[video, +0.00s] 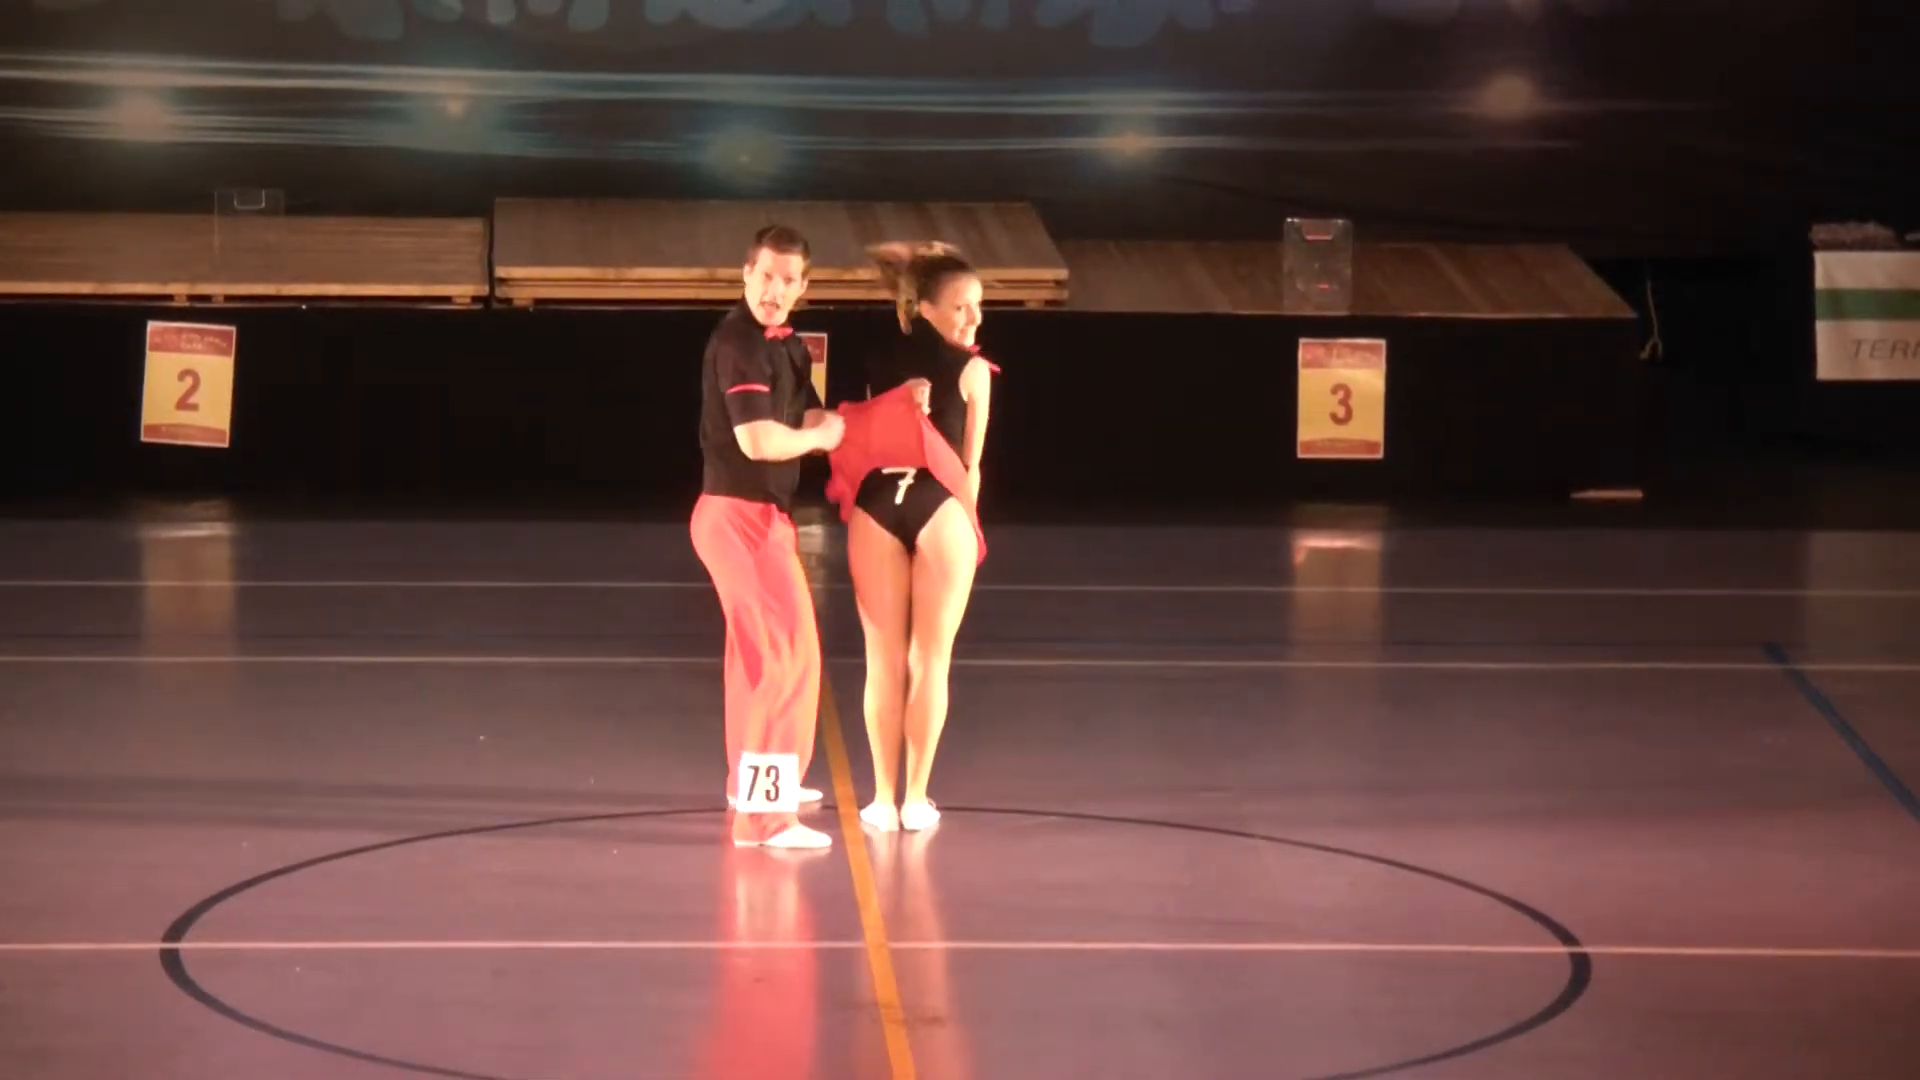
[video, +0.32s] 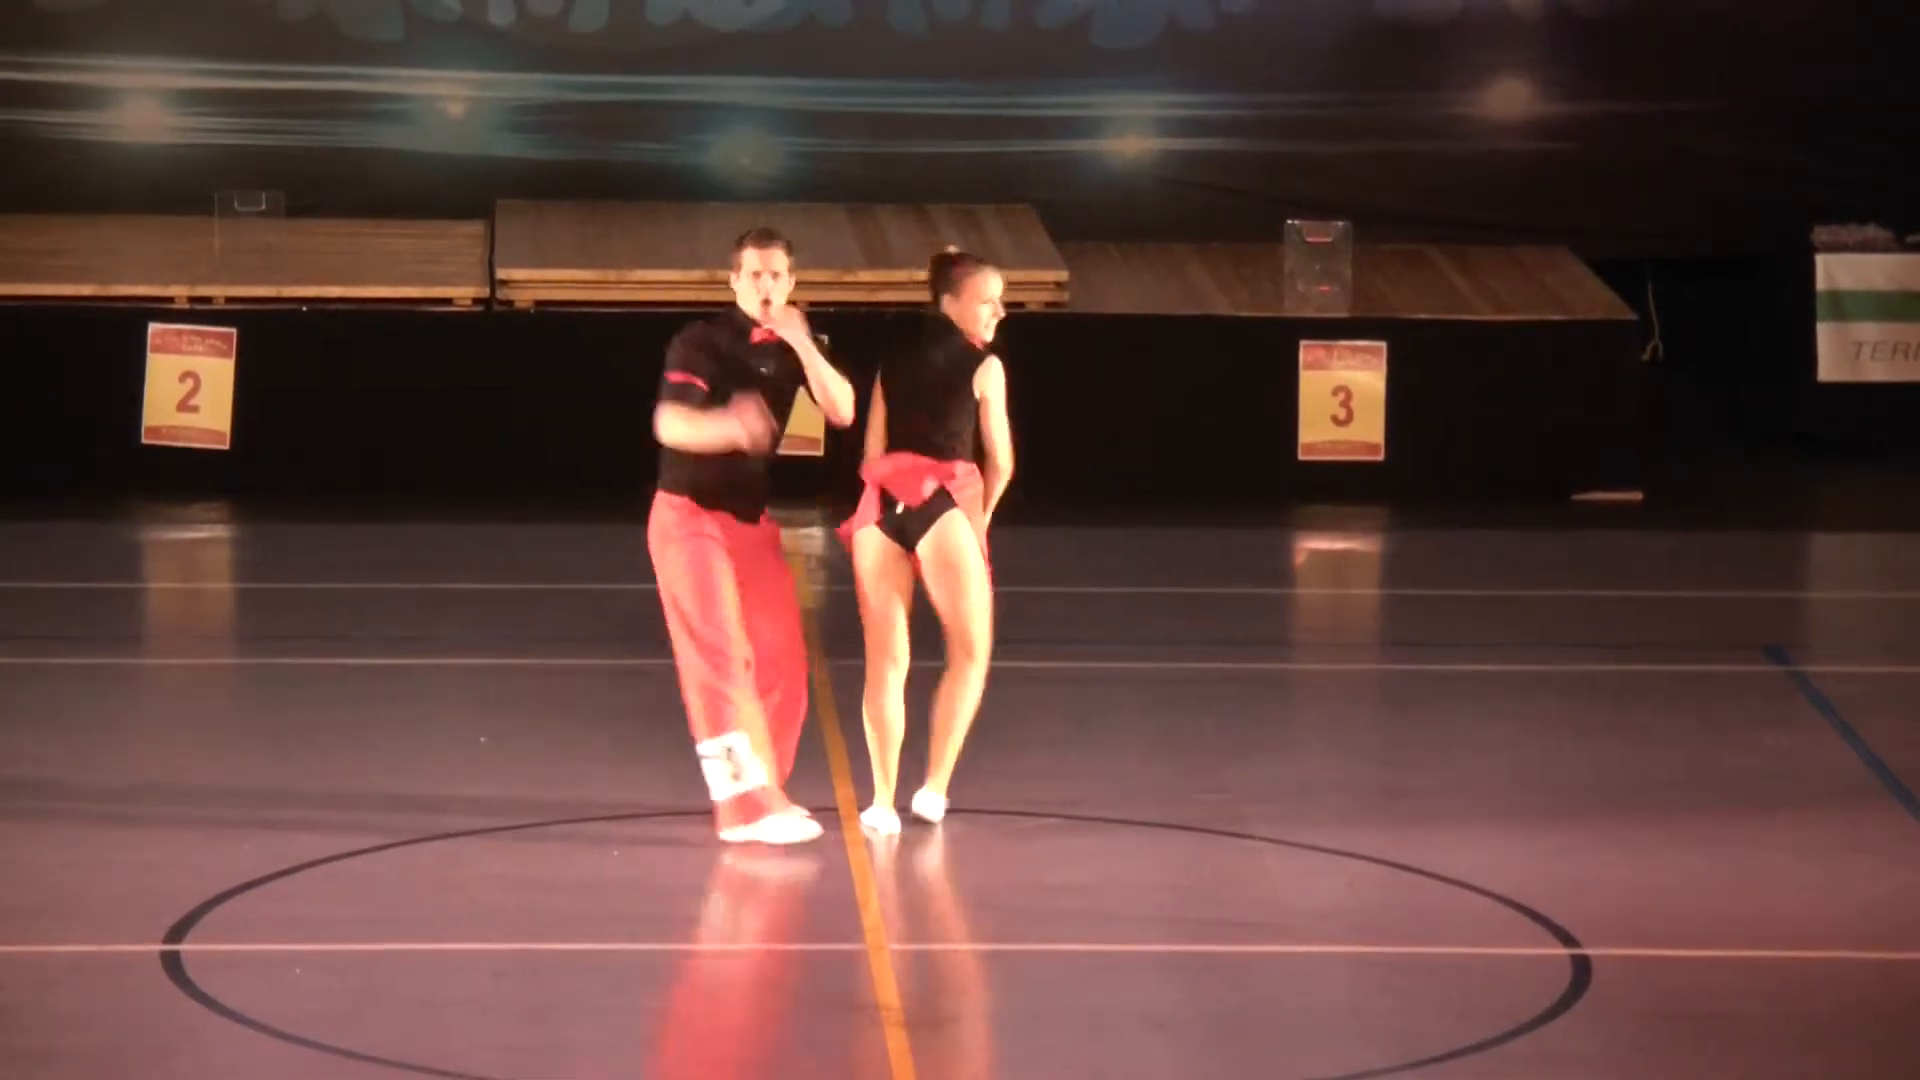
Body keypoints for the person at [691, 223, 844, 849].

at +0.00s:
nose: (775, 290)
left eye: (788, 280)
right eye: (766, 276)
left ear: (802, 285)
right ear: (747, 272)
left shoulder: (788, 347)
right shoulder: (737, 342)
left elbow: (806, 423)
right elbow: (756, 440)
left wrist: (885, 412)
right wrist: (816, 435)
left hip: (762, 518)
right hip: (735, 518)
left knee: (755, 659)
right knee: (795, 653)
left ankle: (753, 802)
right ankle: (766, 809)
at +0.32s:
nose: (766, 285)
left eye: (776, 274)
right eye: (755, 273)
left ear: (791, 280)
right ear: (734, 277)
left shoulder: (794, 350)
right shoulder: (702, 339)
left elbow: (843, 410)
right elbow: (667, 422)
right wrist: (732, 426)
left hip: (750, 524)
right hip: (688, 518)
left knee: (781, 656)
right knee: (723, 652)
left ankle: (761, 797)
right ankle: (740, 808)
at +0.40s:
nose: (746, 271)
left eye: (757, 261)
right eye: (736, 260)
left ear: (775, 271)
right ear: (713, 267)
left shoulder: (785, 338)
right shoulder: (682, 326)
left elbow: (826, 378)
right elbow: (625, 371)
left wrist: (767, 314)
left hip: (745, 518)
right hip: (674, 511)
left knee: (770, 659)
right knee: (672, 652)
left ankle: (757, 793)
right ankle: (662, 804)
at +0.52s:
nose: (707, 257)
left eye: (717, 248)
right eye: (697, 248)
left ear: (735, 260)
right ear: (679, 256)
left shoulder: (756, 324)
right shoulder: (649, 306)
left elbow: (784, 364)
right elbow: (595, 265)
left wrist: (727, 294)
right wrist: (623, 183)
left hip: (730, 514)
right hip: (654, 507)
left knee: (752, 649)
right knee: (606, 644)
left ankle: (755, 792)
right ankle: (522, 784)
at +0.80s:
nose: (622, 283)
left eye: (635, 274)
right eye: (614, 271)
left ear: (653, 284)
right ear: (595, 277)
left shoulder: (669, 353)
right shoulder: (565, 341)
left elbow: (694, 393)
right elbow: (518, 300)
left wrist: (644, 320)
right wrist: (547, 227)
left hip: (650, 543)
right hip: (566, 540)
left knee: (714, 656)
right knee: (514, 661)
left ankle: (748, 791)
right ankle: (450, 786)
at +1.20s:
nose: (546, 296)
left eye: (557, 286)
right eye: (537, 286)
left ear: (577, 295)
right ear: (520, 294)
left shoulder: (595, 358)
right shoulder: (499, 357)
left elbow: (629, 400)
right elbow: (478, 392)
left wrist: (569, 338)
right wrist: (479, 308)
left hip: (616, 548)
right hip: (533, 554)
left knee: (692, 658)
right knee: (489, 676)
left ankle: (751, 786)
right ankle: (457, 796)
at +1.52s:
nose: (493, 332)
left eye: (504, 318)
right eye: (484, 321)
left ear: (534, 316)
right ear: (476, 325)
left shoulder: (581, 361)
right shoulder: (484, 393)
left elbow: (605, 428)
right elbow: (502, 489)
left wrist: (532, 377)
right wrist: (460, 414)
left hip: (618, 554)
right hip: (536, 562)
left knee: (702, 658)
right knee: (495, 682)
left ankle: (759, 788)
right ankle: (459, 798)